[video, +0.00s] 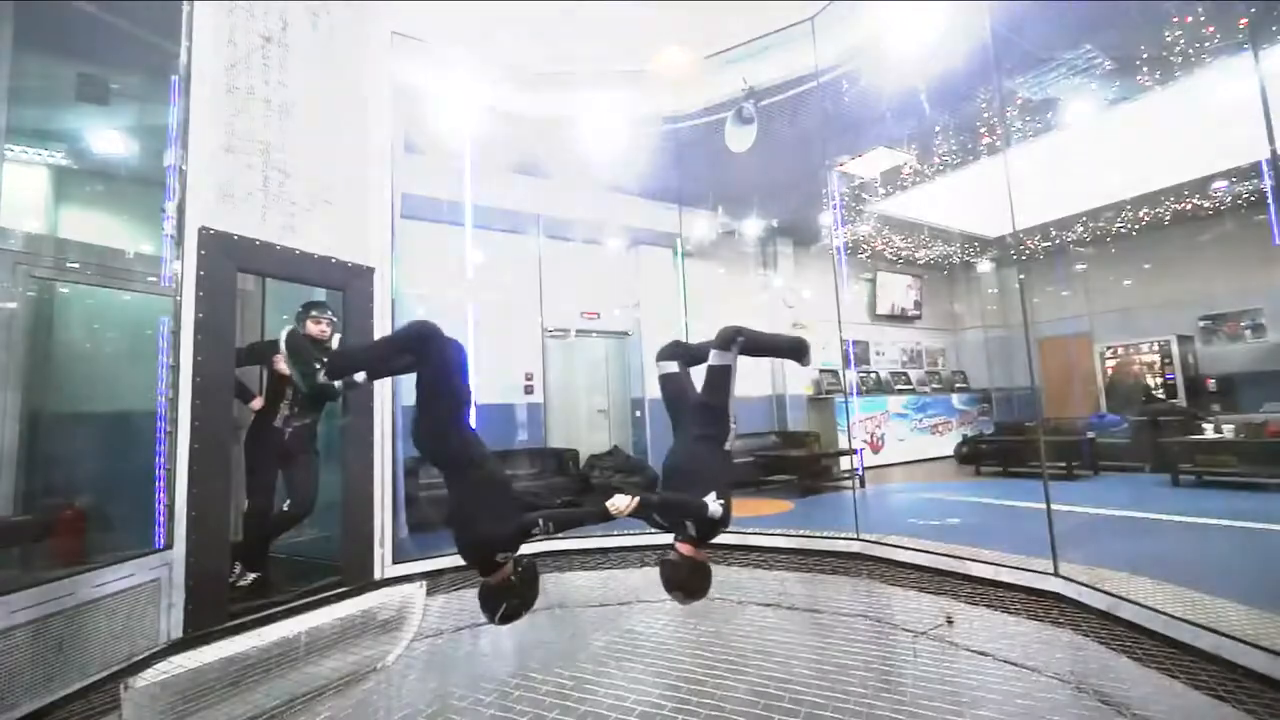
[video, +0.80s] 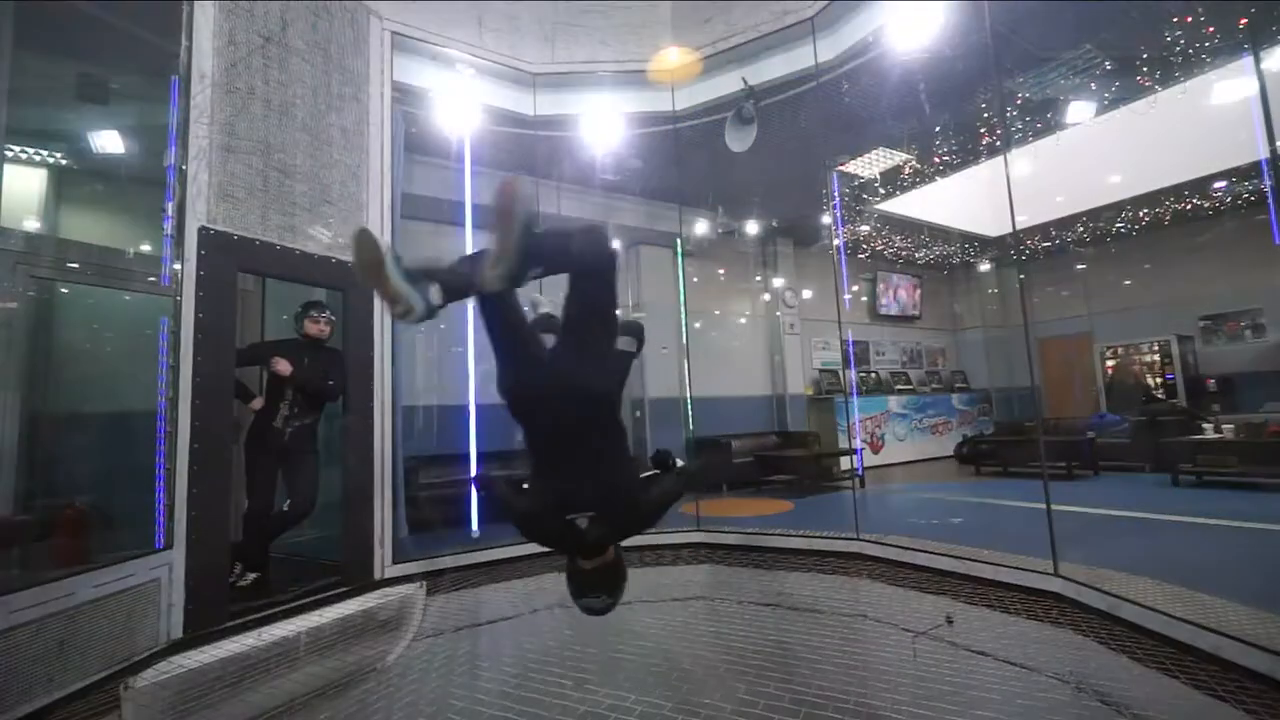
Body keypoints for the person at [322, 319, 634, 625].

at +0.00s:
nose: (498, 578)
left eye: (502, 580)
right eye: (506, 580)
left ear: (503, 577)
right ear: (509, 575)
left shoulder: (489, 548)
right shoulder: (486, 546)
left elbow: (552, 521)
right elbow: (547, 515)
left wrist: (605, 512)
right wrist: (598, 507)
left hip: (444, 439)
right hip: (450, 437)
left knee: (426, 334)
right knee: (437, 347)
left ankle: (335, 363)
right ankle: (351, 372)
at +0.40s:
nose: (509, 594)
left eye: (514, 597)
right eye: (518, 599)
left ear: (533, 572)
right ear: (533, 578)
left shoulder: (534, 536)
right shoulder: (487, 545)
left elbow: (598, 511)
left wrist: (653, 510)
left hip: (469, 419)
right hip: (444, 418)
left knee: (470, 294)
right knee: (447, 314)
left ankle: (352, 306)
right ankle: (344, 328)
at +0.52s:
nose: (545, 582)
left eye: (535, 593)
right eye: (553, 590)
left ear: (523, 582)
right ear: (564, 577)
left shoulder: (489, 537)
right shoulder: (565, 532)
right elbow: (622, 510)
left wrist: (662, 495)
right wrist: (664, 496)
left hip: (460, 413)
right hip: (508, 405)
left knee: (442, 307)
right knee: (500, 280)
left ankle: (344, 323)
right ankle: (378, 296)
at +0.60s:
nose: (548, 582)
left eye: (543, 593)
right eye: (556, 592)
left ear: (541, 578)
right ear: (575, 576)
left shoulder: (519, 546)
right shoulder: (578, 534)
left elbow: (483, 516)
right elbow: (631, 509)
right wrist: (669, 489)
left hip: (482, 419)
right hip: (529, 400)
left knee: (450, 293)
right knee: (523, 271)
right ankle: (400, 295)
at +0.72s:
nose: (586, 576)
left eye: (575, 587)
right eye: (596, 585)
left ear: (558, 573)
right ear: (604, 569)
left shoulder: (524, 528)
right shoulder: (618, 522)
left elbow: (472, 492)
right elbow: (678, 486)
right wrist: (676, 471)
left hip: (513, 412)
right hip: (573, 403)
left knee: (466, 289)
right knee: (565, 257)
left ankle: (385, 299)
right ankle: (469, 275)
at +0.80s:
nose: (591, 571)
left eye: (587, 589)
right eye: (601, 590)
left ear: (575, 570)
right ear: (615, 566)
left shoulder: (546, 528)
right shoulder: (635, 516)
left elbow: (496, 487)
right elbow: (683, 478)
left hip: (530, 398)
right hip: (592, 393)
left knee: (494, 273)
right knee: (596, 244)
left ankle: (425, 292)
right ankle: (520, 255)